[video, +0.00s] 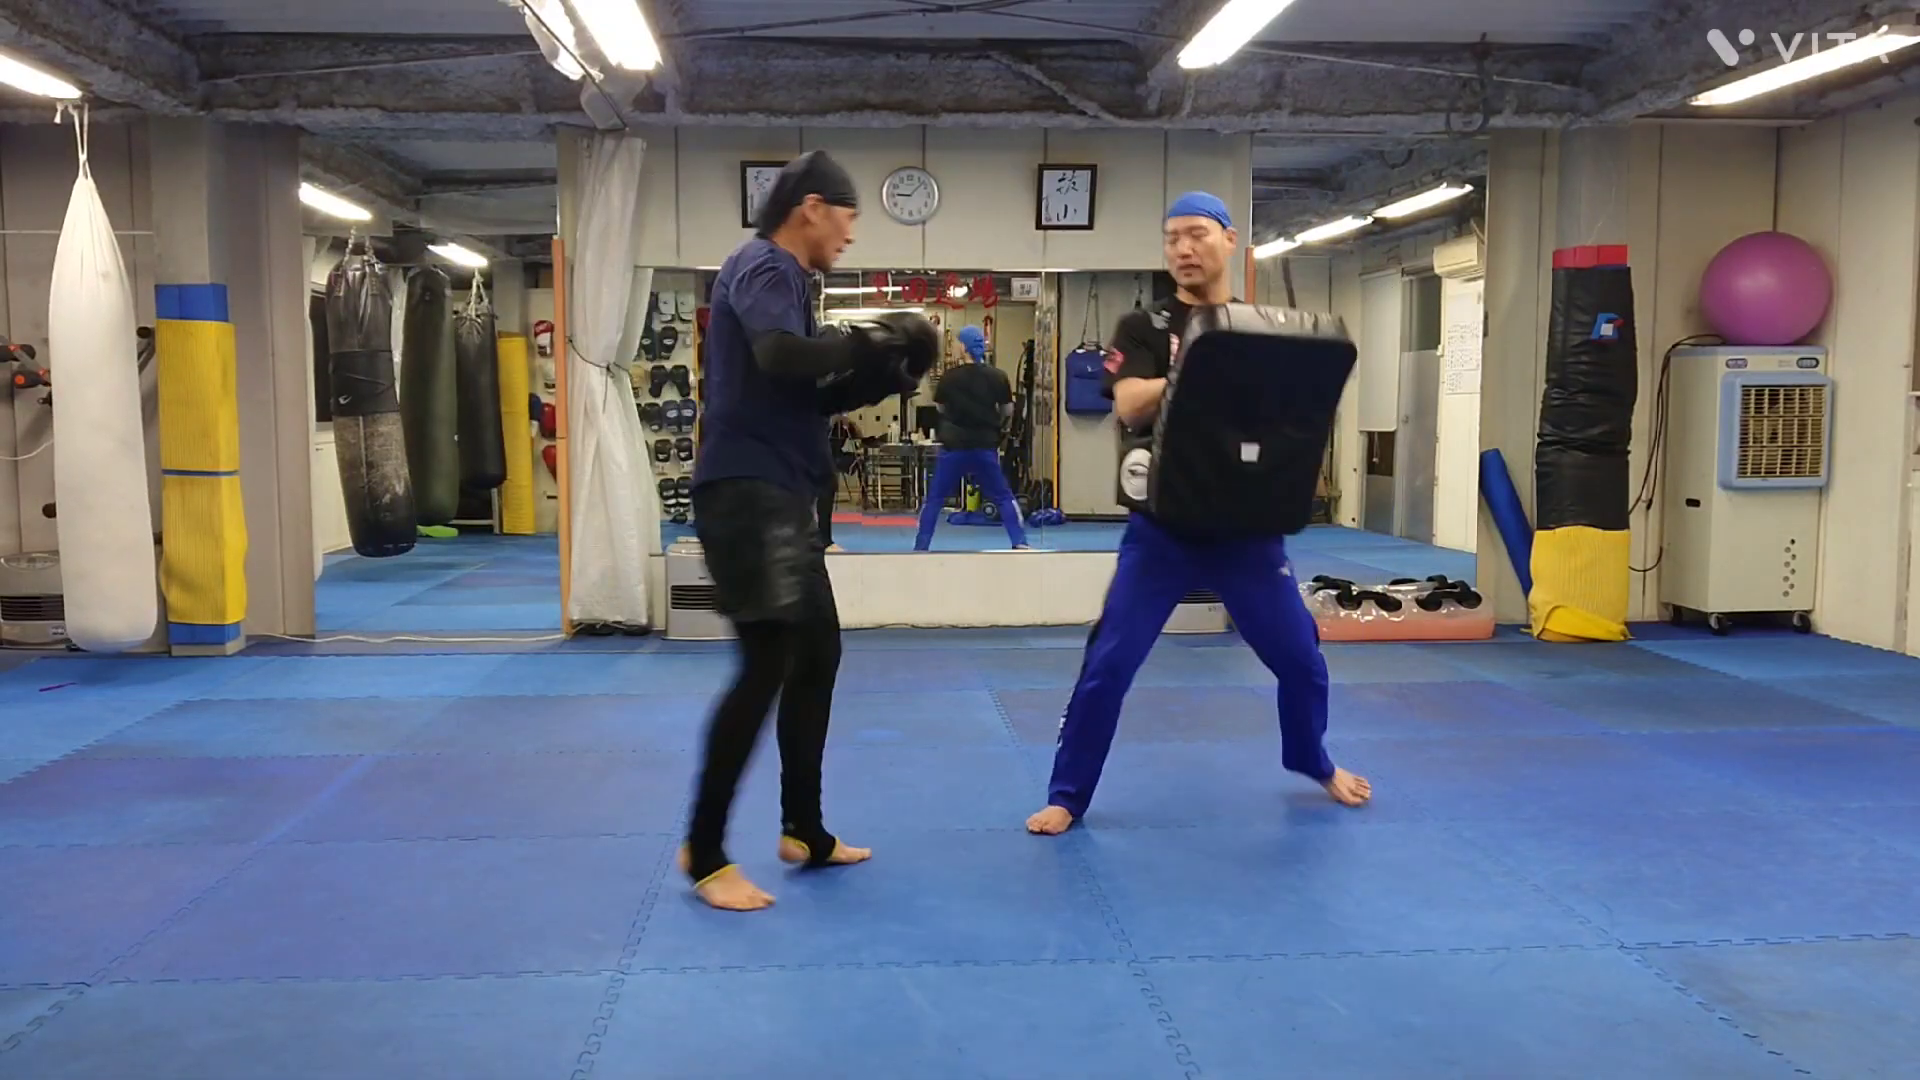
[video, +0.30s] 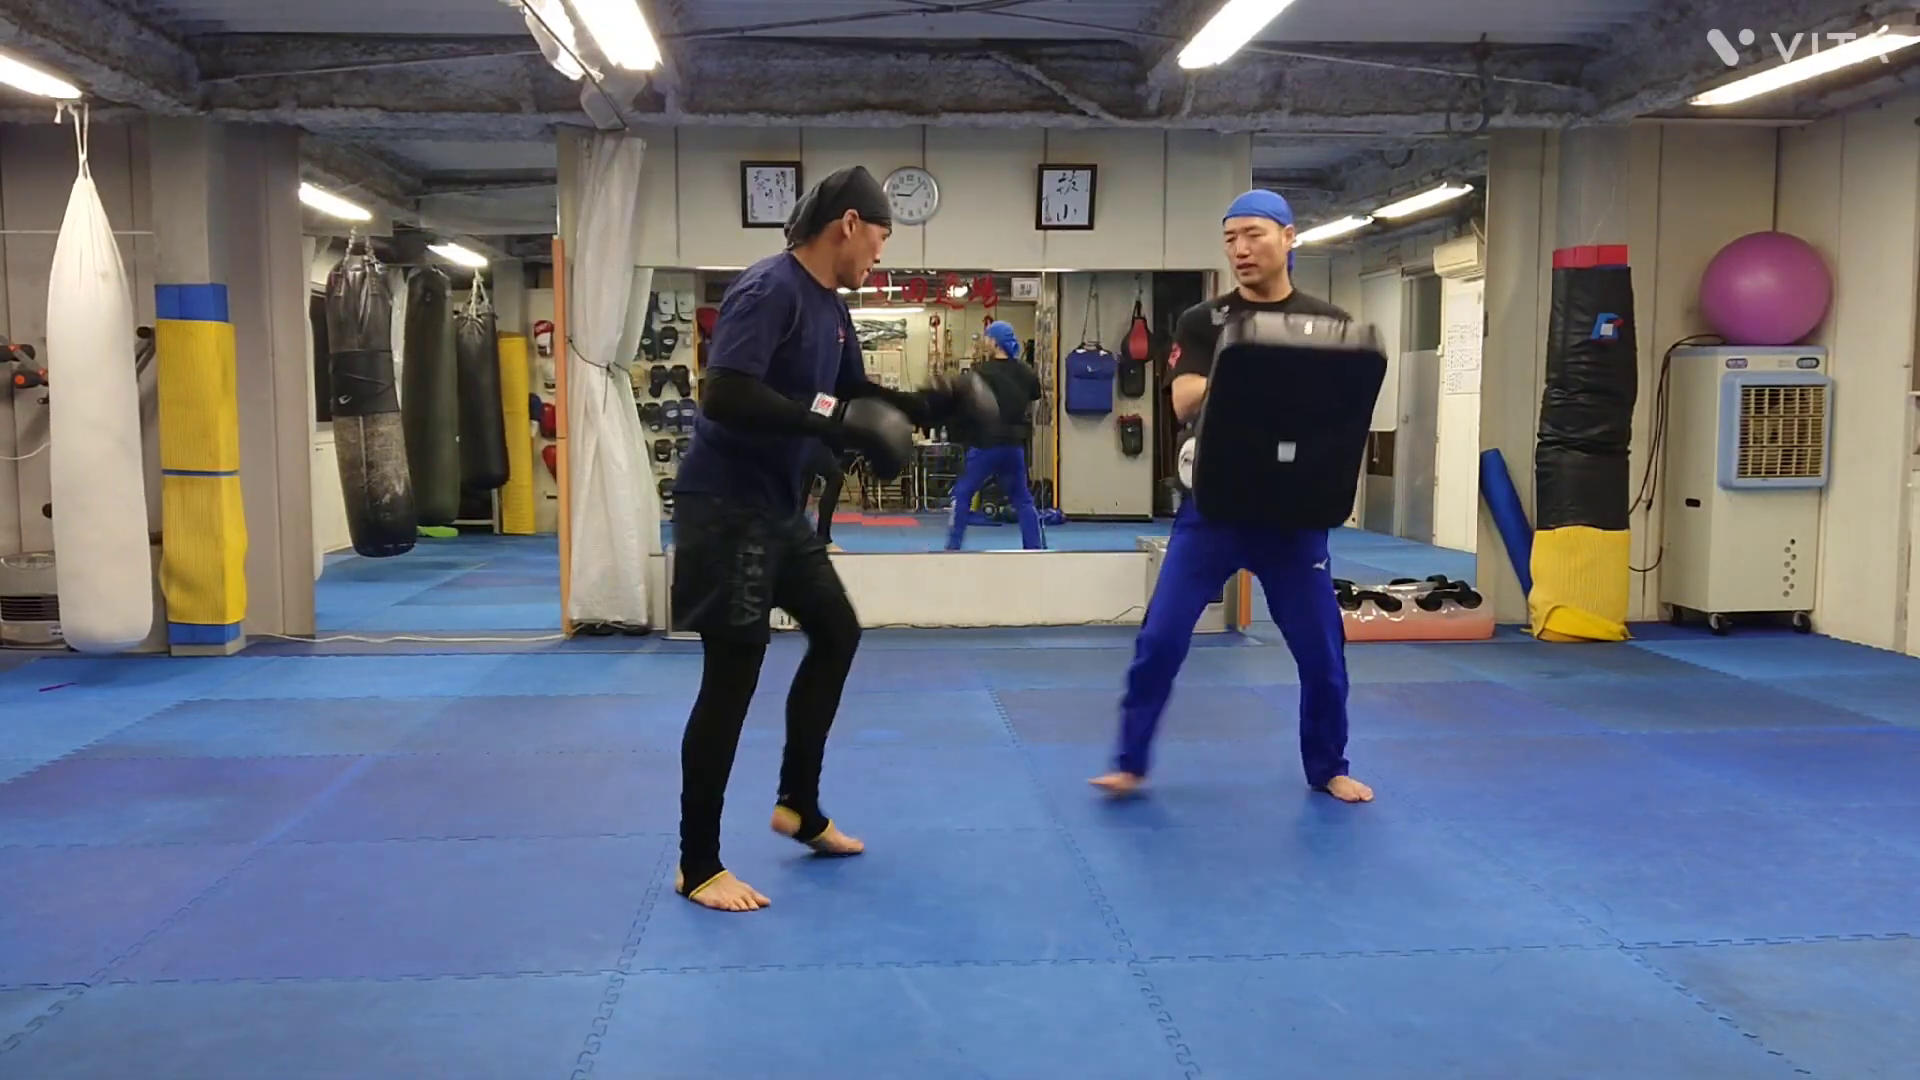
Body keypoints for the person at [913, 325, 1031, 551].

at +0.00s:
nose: (956, 347)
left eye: (958, 344)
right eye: (958, 343)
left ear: (964, 348)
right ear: (982, 346)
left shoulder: (951, 375)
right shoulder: (998, 376)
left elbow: (940, 406)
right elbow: (1007, 410)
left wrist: (957, 416)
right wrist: (993, 425)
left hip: (953, 447)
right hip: (984, 447)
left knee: (935, 498)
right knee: (1003, 497)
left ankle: (921, 546)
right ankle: (1019, 543)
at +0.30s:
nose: (983, 342)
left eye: (986, 338)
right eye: (985, 337)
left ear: (995, 343)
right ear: (1009, 343)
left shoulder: (982, 371)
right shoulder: (1025, 371)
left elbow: (968, 403)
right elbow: (1035, 397)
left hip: (985, 443)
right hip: (1015, 443)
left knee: (964, 492)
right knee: (1022, 497)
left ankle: (953, 544)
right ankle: (1034, 548)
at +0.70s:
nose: (990, 344)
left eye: (993, 340)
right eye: (992, 340)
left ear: (1000, 345)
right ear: (1017, 344)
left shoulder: (989, 374)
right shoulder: (1036, 373)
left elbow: (978, 406)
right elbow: (1049, 404)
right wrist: (1036, 421)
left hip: (994, 444)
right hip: (1025, 444)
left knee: (987, 499)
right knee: (1043, 495)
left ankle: (986, 552)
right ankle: (1063, 546)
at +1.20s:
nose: (1007, 341)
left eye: (1007, 338)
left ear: (1009, 338)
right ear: (1031, 336)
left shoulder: (1000, 362)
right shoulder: (1045, 361)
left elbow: (986, 395)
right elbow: (1054, 397)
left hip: (1005, 436)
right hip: (1039, 436)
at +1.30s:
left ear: (1020, 348)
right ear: (1048, 351)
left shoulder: (1002, 370)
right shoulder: (1052, 372)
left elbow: (990, 398)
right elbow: (1066, 404)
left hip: (1008, 444)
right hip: (1042, 444)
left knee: (996, 498)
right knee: (1062, 491)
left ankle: (986, 551)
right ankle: (1071, 546)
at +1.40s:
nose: (1015, 344)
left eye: (1016, 340)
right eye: (1016, 339)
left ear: (1022, 344)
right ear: (1043, 342)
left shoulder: (1010, 373)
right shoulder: (1060, 372)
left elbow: (999, 405)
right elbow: (1074, 406)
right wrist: (1058, 409)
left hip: (1015, 446)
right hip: (1051, 446)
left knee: (998, 500)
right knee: (1074, 497)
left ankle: (986, 552)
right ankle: (1089, 548)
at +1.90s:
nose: (1040, 346)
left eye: (1042, 342)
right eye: (1040, 342)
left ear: (1051, 345)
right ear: (1067, 344)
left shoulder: (1034, 373)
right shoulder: (1085, 375)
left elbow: (1022, 406)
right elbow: (1096, 410)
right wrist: (1076, 412)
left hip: (1037, 449)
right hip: (1072, 449)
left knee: (1020, 505)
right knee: (1091, 504)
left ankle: (1006, 557)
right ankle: (1107, 555)